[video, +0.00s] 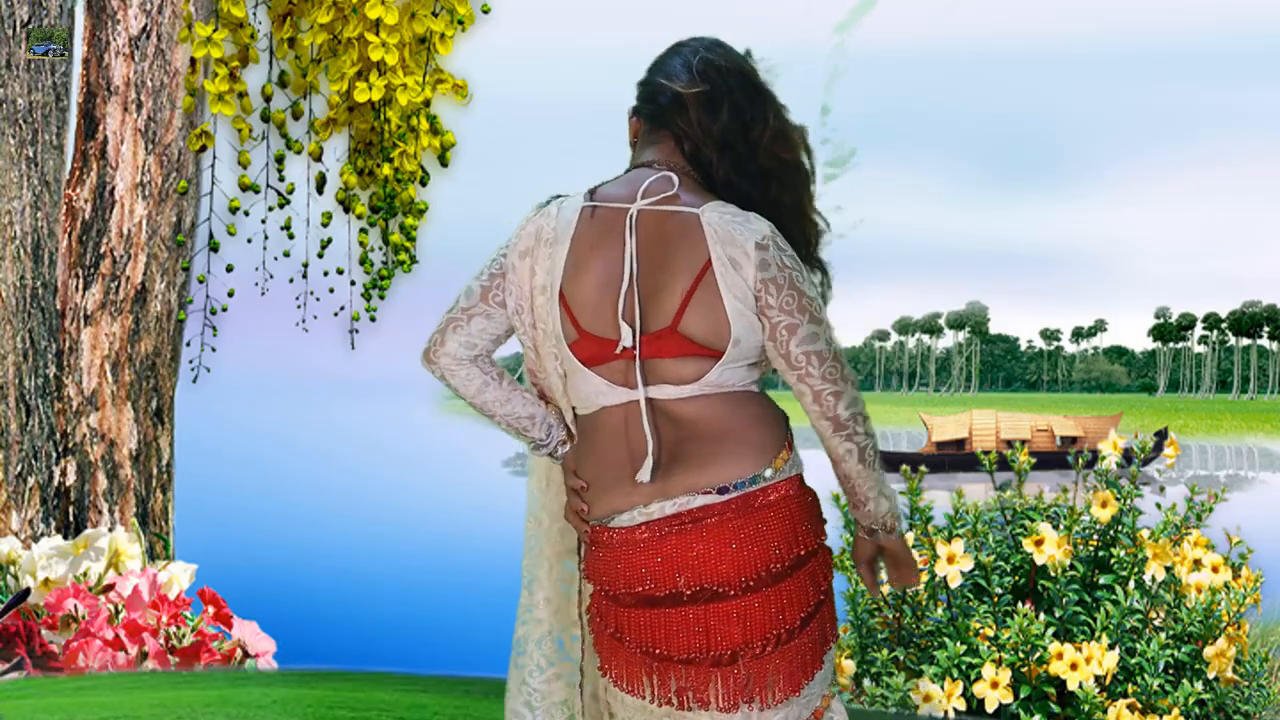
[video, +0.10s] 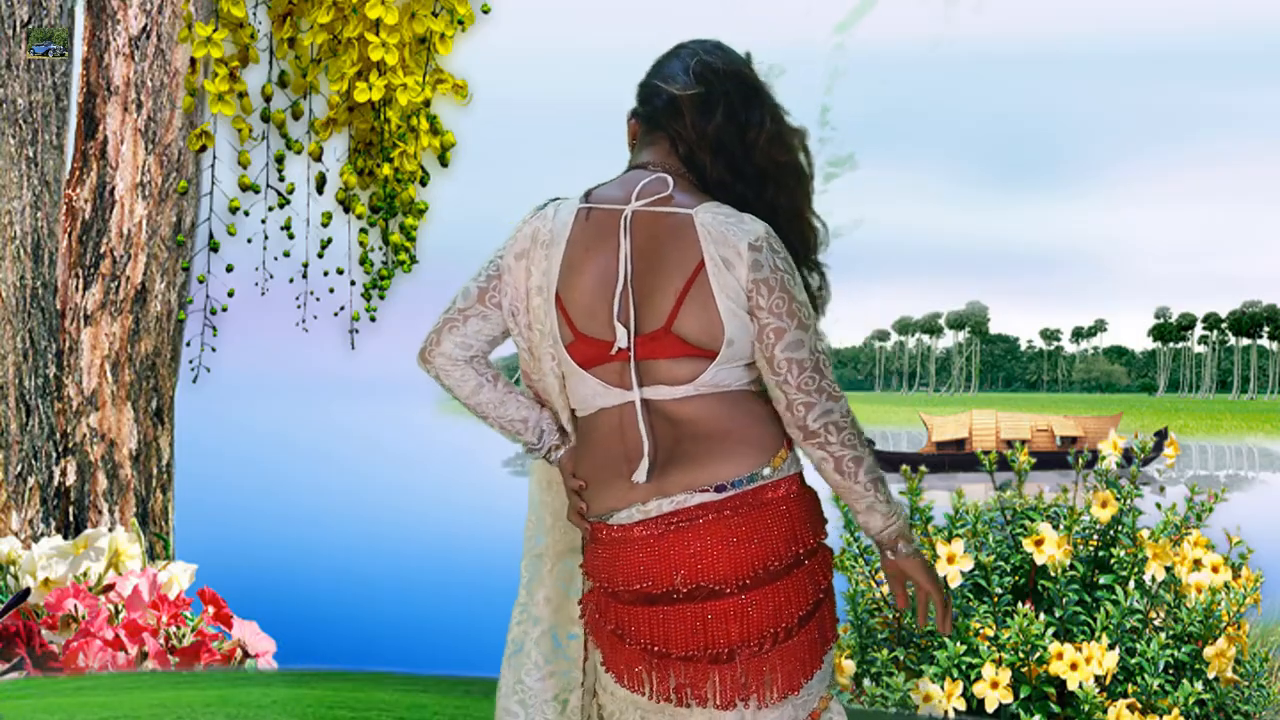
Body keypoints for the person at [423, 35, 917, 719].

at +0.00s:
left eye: (631, 116)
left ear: (635, 121)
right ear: (737, 134)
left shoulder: (547, 232)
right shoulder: (746, 237)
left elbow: (452, 350)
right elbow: (829, 395)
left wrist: (561, 436)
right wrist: (878, 519)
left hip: (624, 537)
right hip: (757, 519)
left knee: (643, 706)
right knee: (790, 705)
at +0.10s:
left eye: (634, 120)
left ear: (634, 125)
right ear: (735, 140)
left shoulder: (545, 235)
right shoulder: (742, 239)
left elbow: (449, 351)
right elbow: (813, 411)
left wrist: (559, 443)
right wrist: (895, 540)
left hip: (623, 541)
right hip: (755, 524)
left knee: (636, 708)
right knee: (778, 705)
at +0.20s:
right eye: (746, 147)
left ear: (633, 130)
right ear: (736, 148)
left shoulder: (537, 239)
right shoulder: (730, 244)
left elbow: (442, 351)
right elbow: (801, 416)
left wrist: (551, 451)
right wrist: (900, 555)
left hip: (622, 534)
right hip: (751, 514)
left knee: (637, 708)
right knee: (773, 706)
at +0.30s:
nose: (750, 173)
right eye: (748, 152)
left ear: (633, 130)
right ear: (732, 153)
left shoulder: (528, 243)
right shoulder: (719, 247)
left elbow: (442, 355)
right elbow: (783, 420)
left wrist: (541, 457)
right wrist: (884, 557)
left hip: (613, 539)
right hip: (741, 520)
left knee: (633, 709)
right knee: (767, 706)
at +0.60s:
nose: (730, 178)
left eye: (732, 156)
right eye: (726, 157)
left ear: (611, 131)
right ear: (700, 159)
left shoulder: (505, 240)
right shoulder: (652, 259)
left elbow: (453, 378)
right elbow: (689, 435)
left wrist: (499, 500)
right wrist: (797, 561)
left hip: (559, 536)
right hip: (665, 521)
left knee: (599, 706)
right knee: (718, 703)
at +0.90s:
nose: (679, 171)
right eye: (676, 151)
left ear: (566, 124)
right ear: (654, 151)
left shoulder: (463, 232)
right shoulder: (604, 246)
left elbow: (432, 378)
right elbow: (637, 422)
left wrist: (488, 465)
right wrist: (786, 456)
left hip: (491, 533)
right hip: (596, 521)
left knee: (538, 704)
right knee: (648, 700)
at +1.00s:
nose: (672, 152)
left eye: (671, 130)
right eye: (666, 132)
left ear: (552, 119)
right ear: (642, 133)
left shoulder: (455, 226)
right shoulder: (607, 232)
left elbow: (428, 409)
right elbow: (657, 397)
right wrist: (807, 383)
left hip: (478, 523)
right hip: (586, 522)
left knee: (517, 705)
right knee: (647, 703)